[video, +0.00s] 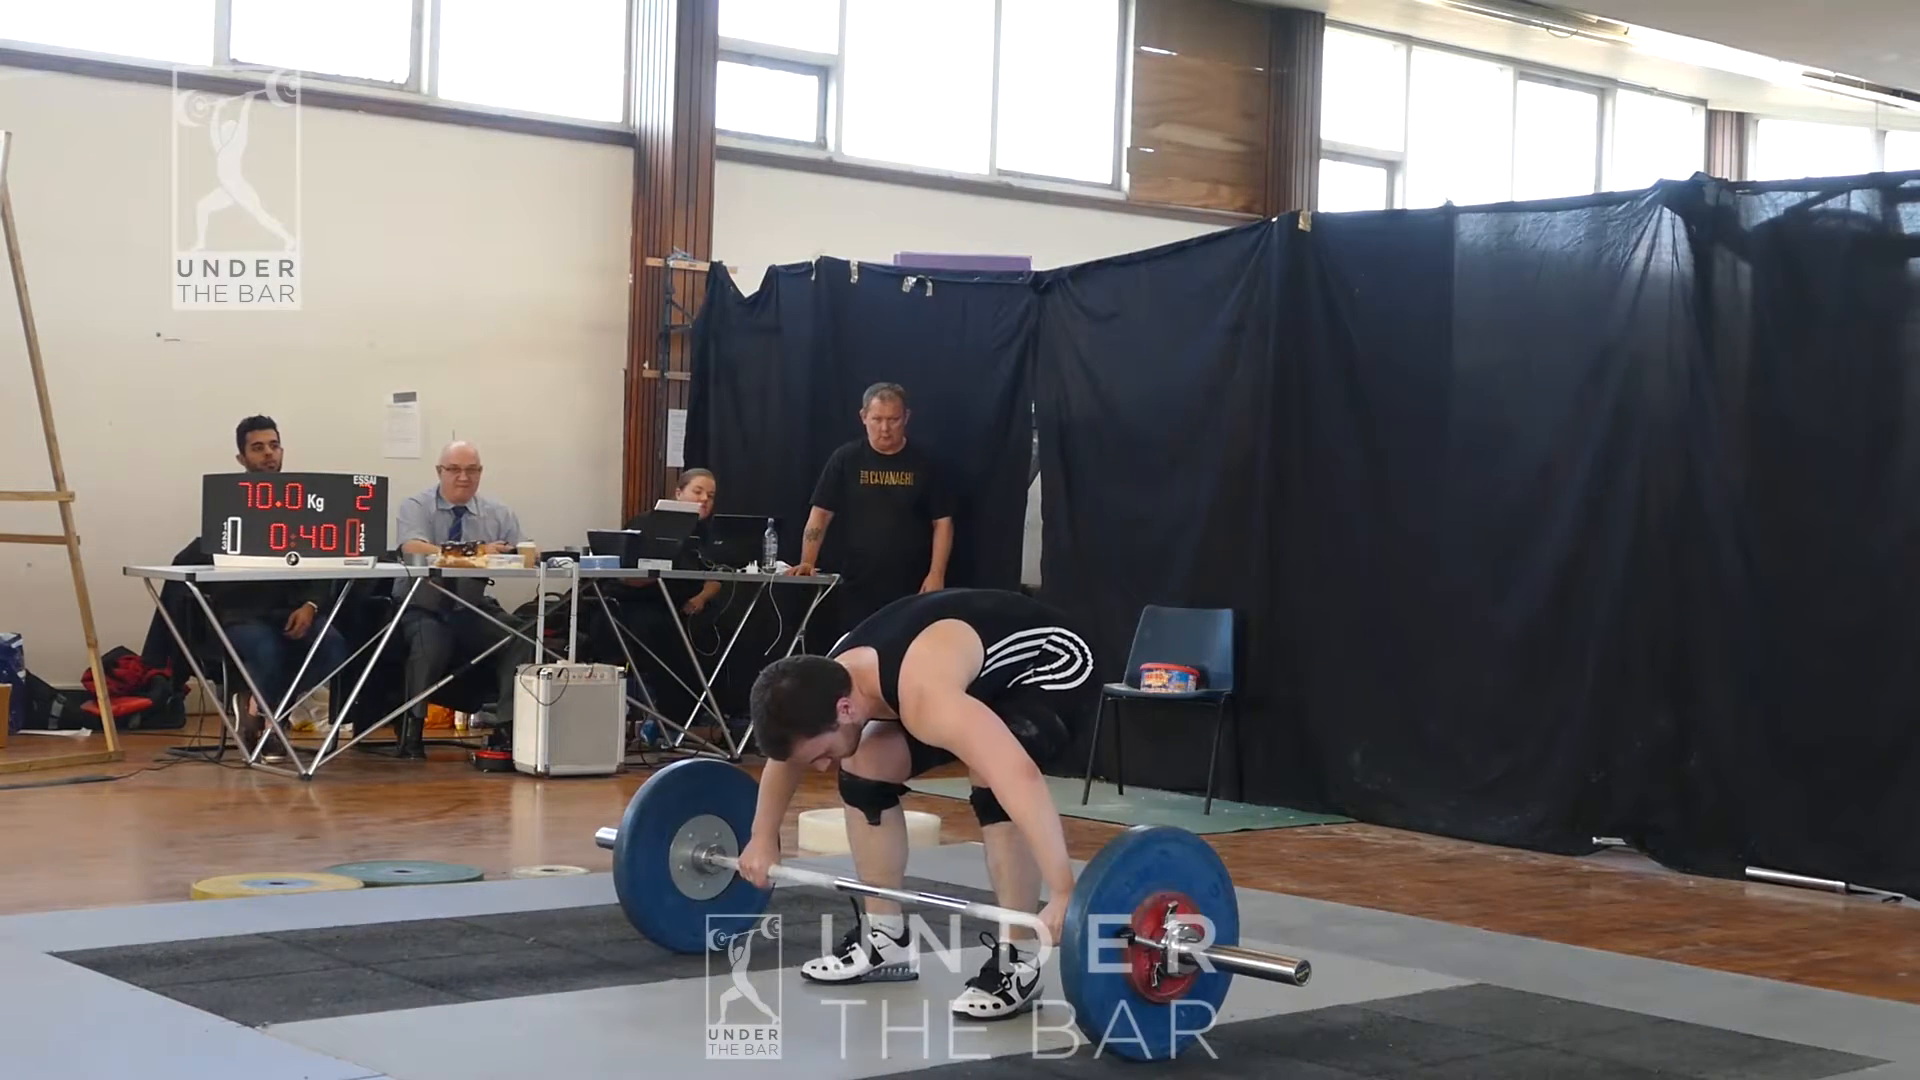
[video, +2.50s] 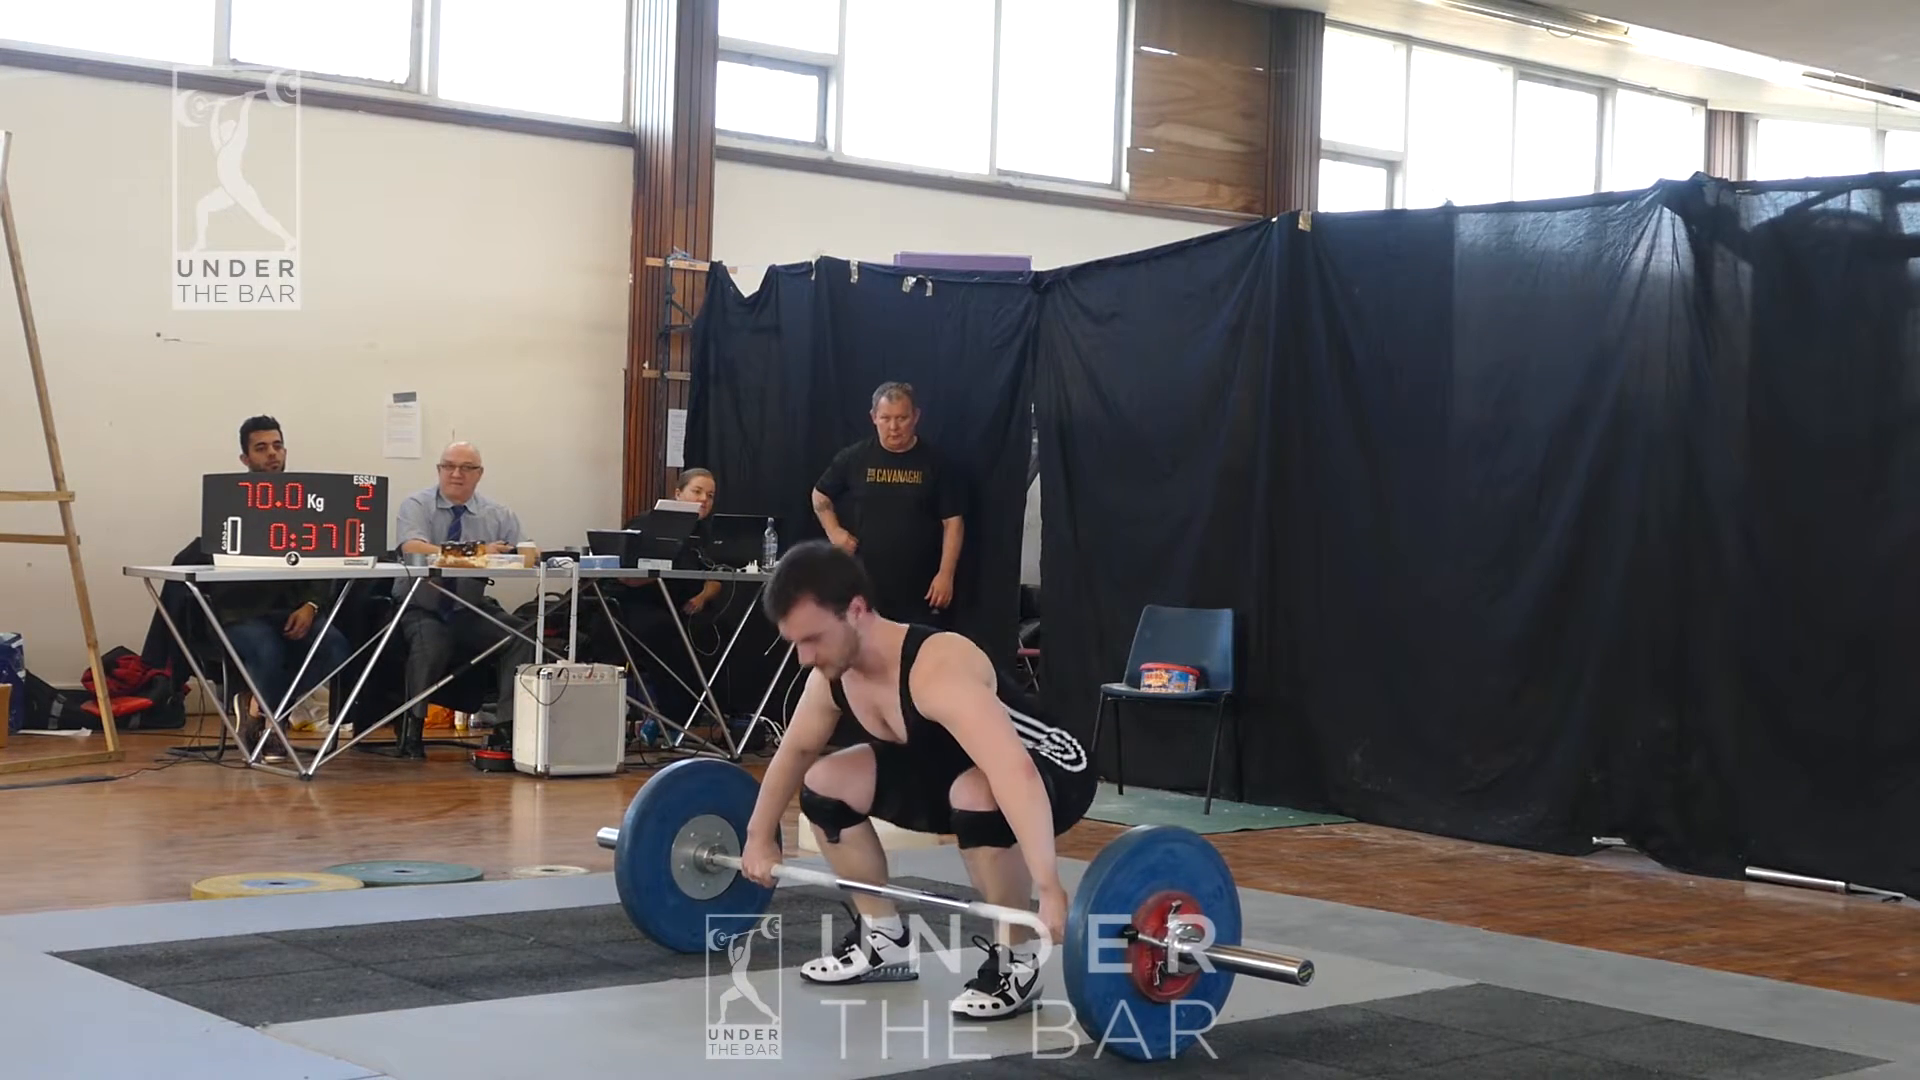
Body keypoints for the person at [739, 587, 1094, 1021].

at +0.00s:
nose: (824, 769)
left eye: (824, 756)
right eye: (808, 763)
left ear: (845, 709)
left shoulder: (931, 699)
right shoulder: (827, 679)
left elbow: (1022, 778)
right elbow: (785, 753)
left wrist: (1063, 890)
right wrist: (763, 835)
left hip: (1057, 665)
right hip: (976, 674)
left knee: (995, 789)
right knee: (866, 774)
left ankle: (1019, 962)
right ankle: (885, 942)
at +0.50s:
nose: (820, 757)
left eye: (821, 745)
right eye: (804, 754)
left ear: (844, 701)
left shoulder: (931, 690)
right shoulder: (834, 671)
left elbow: (1018, 775)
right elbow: (791, 752)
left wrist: (1061, 892)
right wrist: (764, 834)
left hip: (1057, 665)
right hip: (978, 675)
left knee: (993, 783)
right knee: (864, 769)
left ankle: (1018, 962)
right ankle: (885, 943)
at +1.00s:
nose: (815, 756)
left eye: (816, 743)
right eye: (801, 752)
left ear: (840, 700)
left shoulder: (929, 692)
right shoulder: (828, 671)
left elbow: (1015, 775)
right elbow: (791, 752)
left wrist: (1060, 890)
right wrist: (763, 834)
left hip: (1056, 667)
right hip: (975, 678)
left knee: (989, 781)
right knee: (861, 770)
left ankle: (1018, 962)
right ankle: (885, 942)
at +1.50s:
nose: (814, 754)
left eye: (817, 740)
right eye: (801, 747)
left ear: (843, 697)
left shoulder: (931, 690)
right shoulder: (831, 671)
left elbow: (1016, 774)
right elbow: (793, 753)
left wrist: (1061, 890)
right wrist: (763, 835)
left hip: (1056, 666)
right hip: (976, 677)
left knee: (991, 782)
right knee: (863, 768)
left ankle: (1019, 961)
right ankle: (886, 941)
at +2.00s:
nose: (818, 751)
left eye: (823, 736)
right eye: (806, 743)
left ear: (848, 693)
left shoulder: (935, 686)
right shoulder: (839, 666)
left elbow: (1019, 772)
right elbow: (798, 751)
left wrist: (1060, 889)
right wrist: (763, 835)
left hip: (1061, 661)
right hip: (980, 672)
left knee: (997, 782)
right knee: (872, 769)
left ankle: (1019, 961)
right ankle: (888, 942)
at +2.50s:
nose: (804, 658)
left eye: (812, 639)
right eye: (794, 644)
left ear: (857, 610)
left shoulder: (940, 670)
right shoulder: (832, 674)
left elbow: (1017, 772)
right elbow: (793, 752)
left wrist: (1048, 885)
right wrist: (760, 833)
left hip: (1050, 768)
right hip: (949, 770)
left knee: (973, 795)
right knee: (827, 784)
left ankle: (1016, 961)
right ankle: (885, 938)